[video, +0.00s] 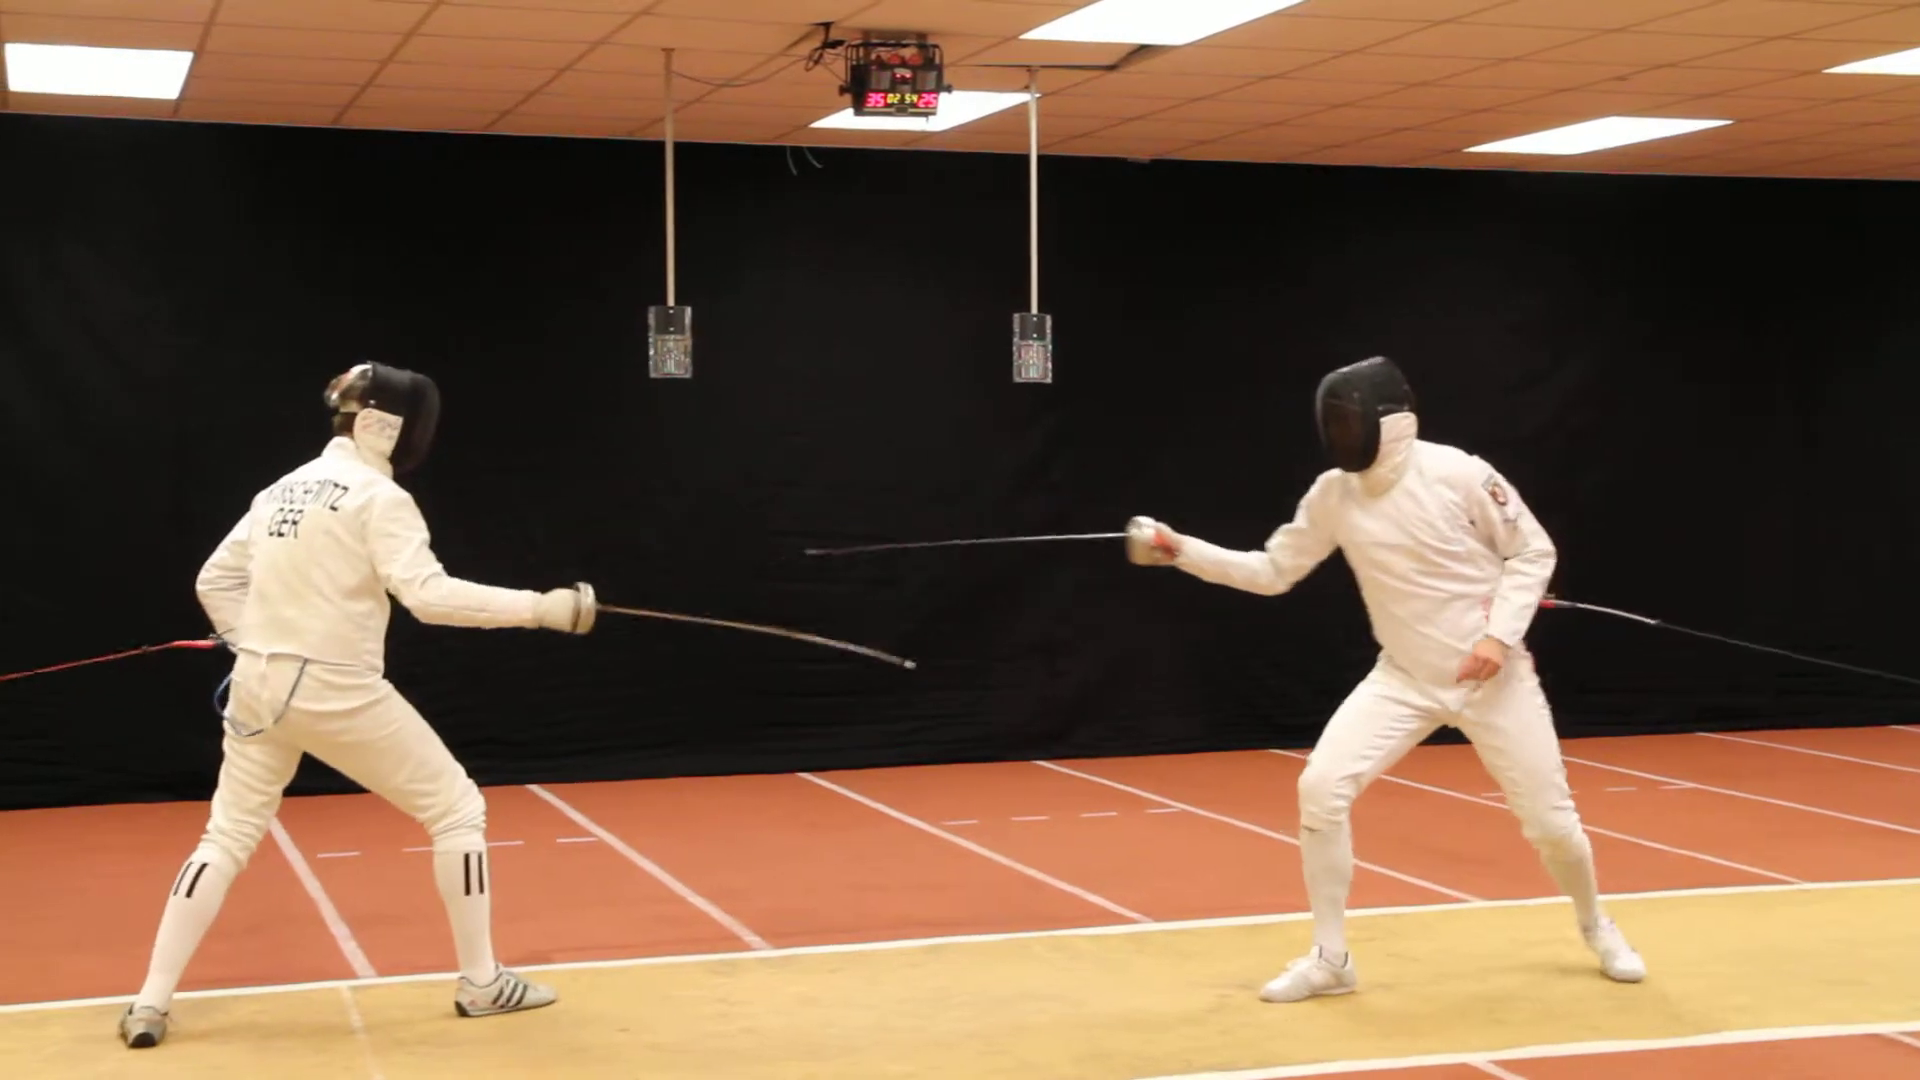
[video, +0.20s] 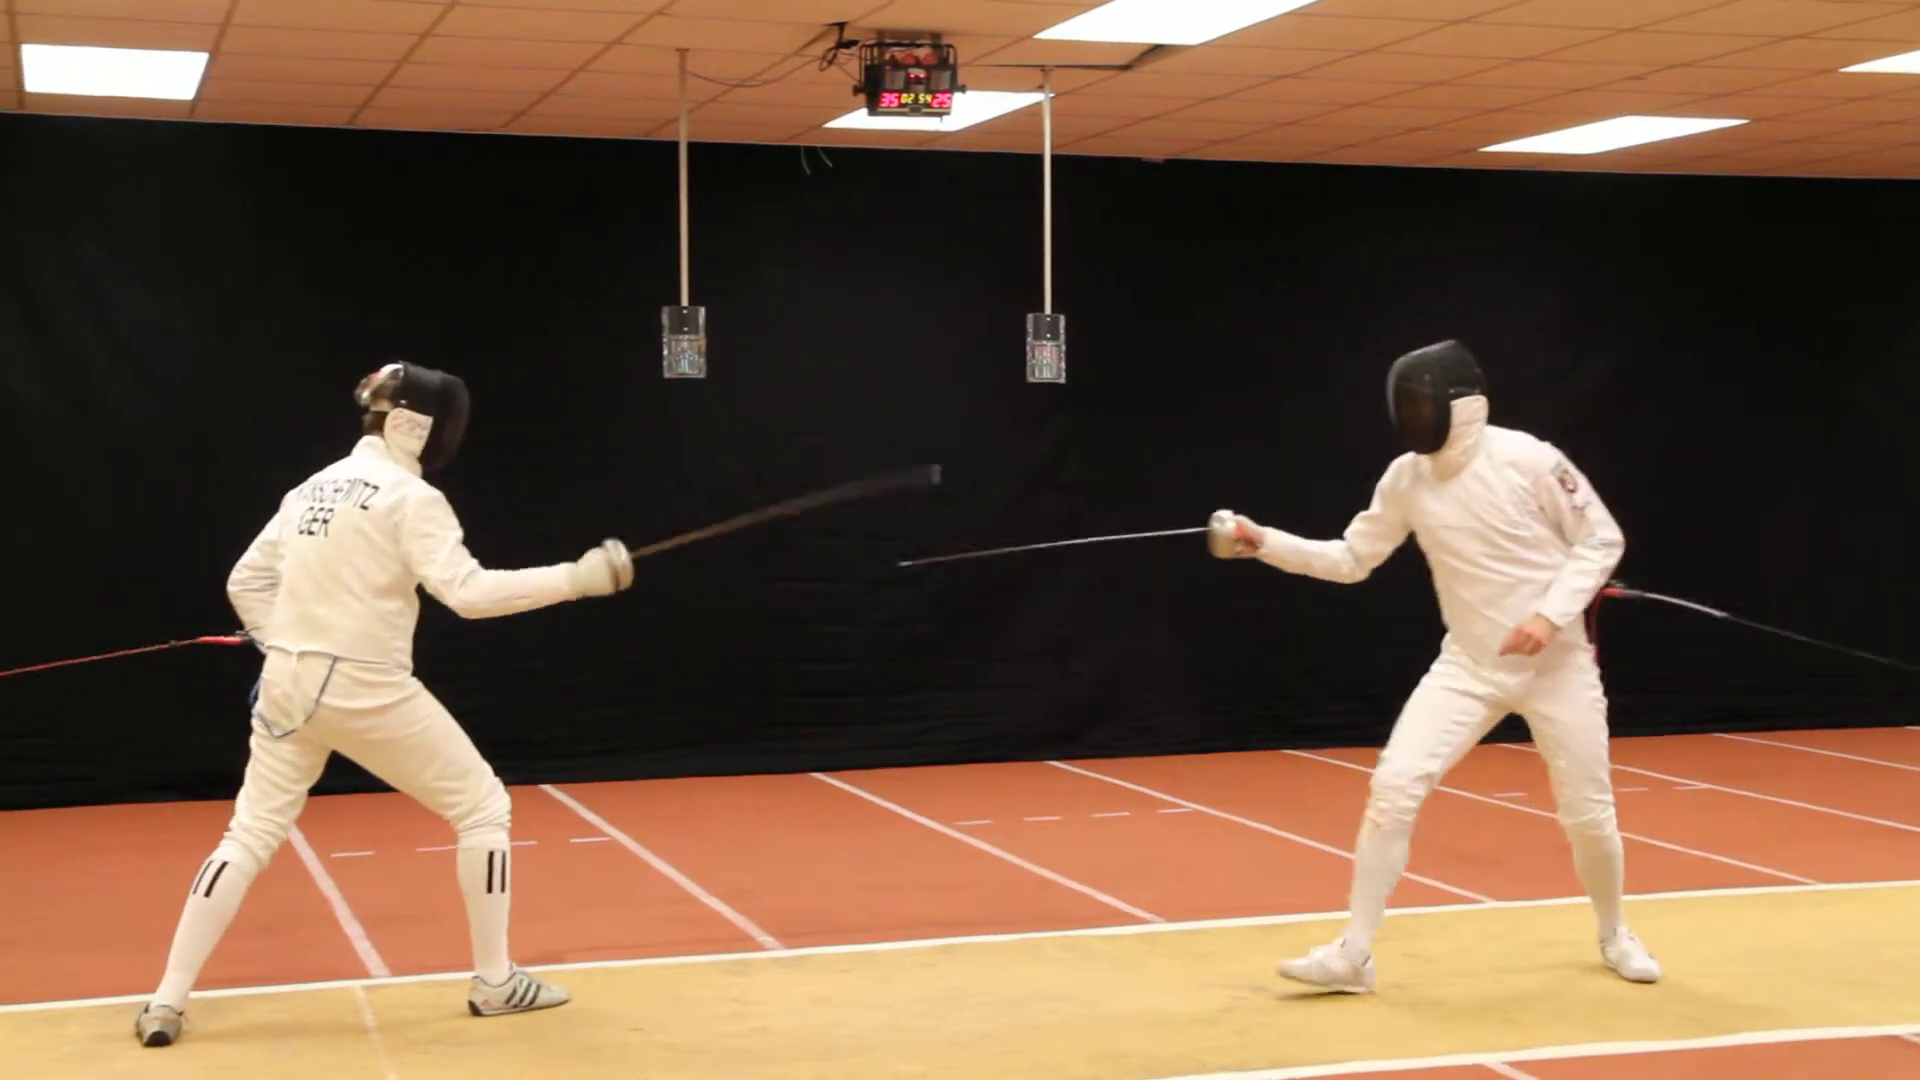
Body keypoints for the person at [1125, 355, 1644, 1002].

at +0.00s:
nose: (1339, 435)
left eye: (1351, 420)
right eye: (1335, 422)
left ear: (1390, 419)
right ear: (1334, 427)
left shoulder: (1460, 476)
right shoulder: (1334, 496)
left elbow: (1534, 554)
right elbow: (1271, 571)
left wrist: (1498, 636)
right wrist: (1178, 549)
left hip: (1496, 679)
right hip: (1402, 679)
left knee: (1554, 826)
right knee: (1321, 790)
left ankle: (1597, 929)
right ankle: (1329, 959)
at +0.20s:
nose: (1409, 417)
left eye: (1422, 403)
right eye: (1406, 404)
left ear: (1464, 402)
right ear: (1406, 408)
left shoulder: (1529, 461)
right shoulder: (1406, 480)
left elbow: (1603, 541)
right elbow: (1352, 559)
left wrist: (1549, 616)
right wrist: (1264, 543)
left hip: (1558, 665)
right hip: (1466, 666)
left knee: (1590, 815)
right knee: (1393, 788)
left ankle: (1615, 936)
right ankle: (1354, 952)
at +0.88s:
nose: (1368, 427)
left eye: (1380, 414)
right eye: (1365, 414)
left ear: (1425, 414)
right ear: (1369, 418)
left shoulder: (1496, 472)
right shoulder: (1365, 485)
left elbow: (1559, 553)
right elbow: (1279, 535)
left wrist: (1534, 635)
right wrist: (1176, 517)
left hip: (1510, 681)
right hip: (1416, 676)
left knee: (1562, 822)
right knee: (1341, 793)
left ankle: (1603, 940)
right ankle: (1326, 962)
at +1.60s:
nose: (1381, 432)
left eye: (1393, 417)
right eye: (1376, 419)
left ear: (1435, 416)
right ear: (1377, 423)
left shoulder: (1505, 477)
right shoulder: (1380, 495)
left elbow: (1575, 562)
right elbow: (1341, 581)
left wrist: (1542, 640)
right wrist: (1252, 557)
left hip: (1528, 684)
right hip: (1435, 682)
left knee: (1591, 831)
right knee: (1355, 799)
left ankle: (1638, 923)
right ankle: (1313, 962)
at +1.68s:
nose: (1407, 427)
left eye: (1418, 413)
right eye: (1404, 414)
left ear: (1462, 413)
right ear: (1410, 416)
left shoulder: (1535, 473)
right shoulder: (1410, 491)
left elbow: (1604, 558)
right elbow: (1369, 576)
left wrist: (1562, 634)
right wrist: (1282, 559)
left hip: (1562, 677)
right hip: (1469, 677)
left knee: (1607, 824)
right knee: (1393, 805)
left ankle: (1642, 930)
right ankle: (1331, 957)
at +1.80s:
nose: (1445, 423)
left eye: (1459, 409)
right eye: (1442, 410)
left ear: (1505, 410)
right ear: (1442, 413)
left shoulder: (1568, 472)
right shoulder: (1442, 488)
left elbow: (1644, 551)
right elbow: (1392, 569)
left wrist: (1598, 626)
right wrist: (1307, 546)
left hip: (1590, 675)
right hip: (1500, 675)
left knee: (1623, 826)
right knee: (1425, 785)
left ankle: (1642, 933)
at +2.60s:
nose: (1392, 445)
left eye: (1404, 431)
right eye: (1388, 432)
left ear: (1448, 430)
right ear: (1391, 436)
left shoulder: (1519, 483)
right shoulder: (1392, 504)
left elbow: (1592, 560)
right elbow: (1312, 566)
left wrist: (1580, 644)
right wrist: (1215, 551)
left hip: (1554, 684)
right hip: (1461, 686)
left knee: (1612, 829)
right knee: (1375, 792)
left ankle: (1635, 938)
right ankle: (1375, 958)